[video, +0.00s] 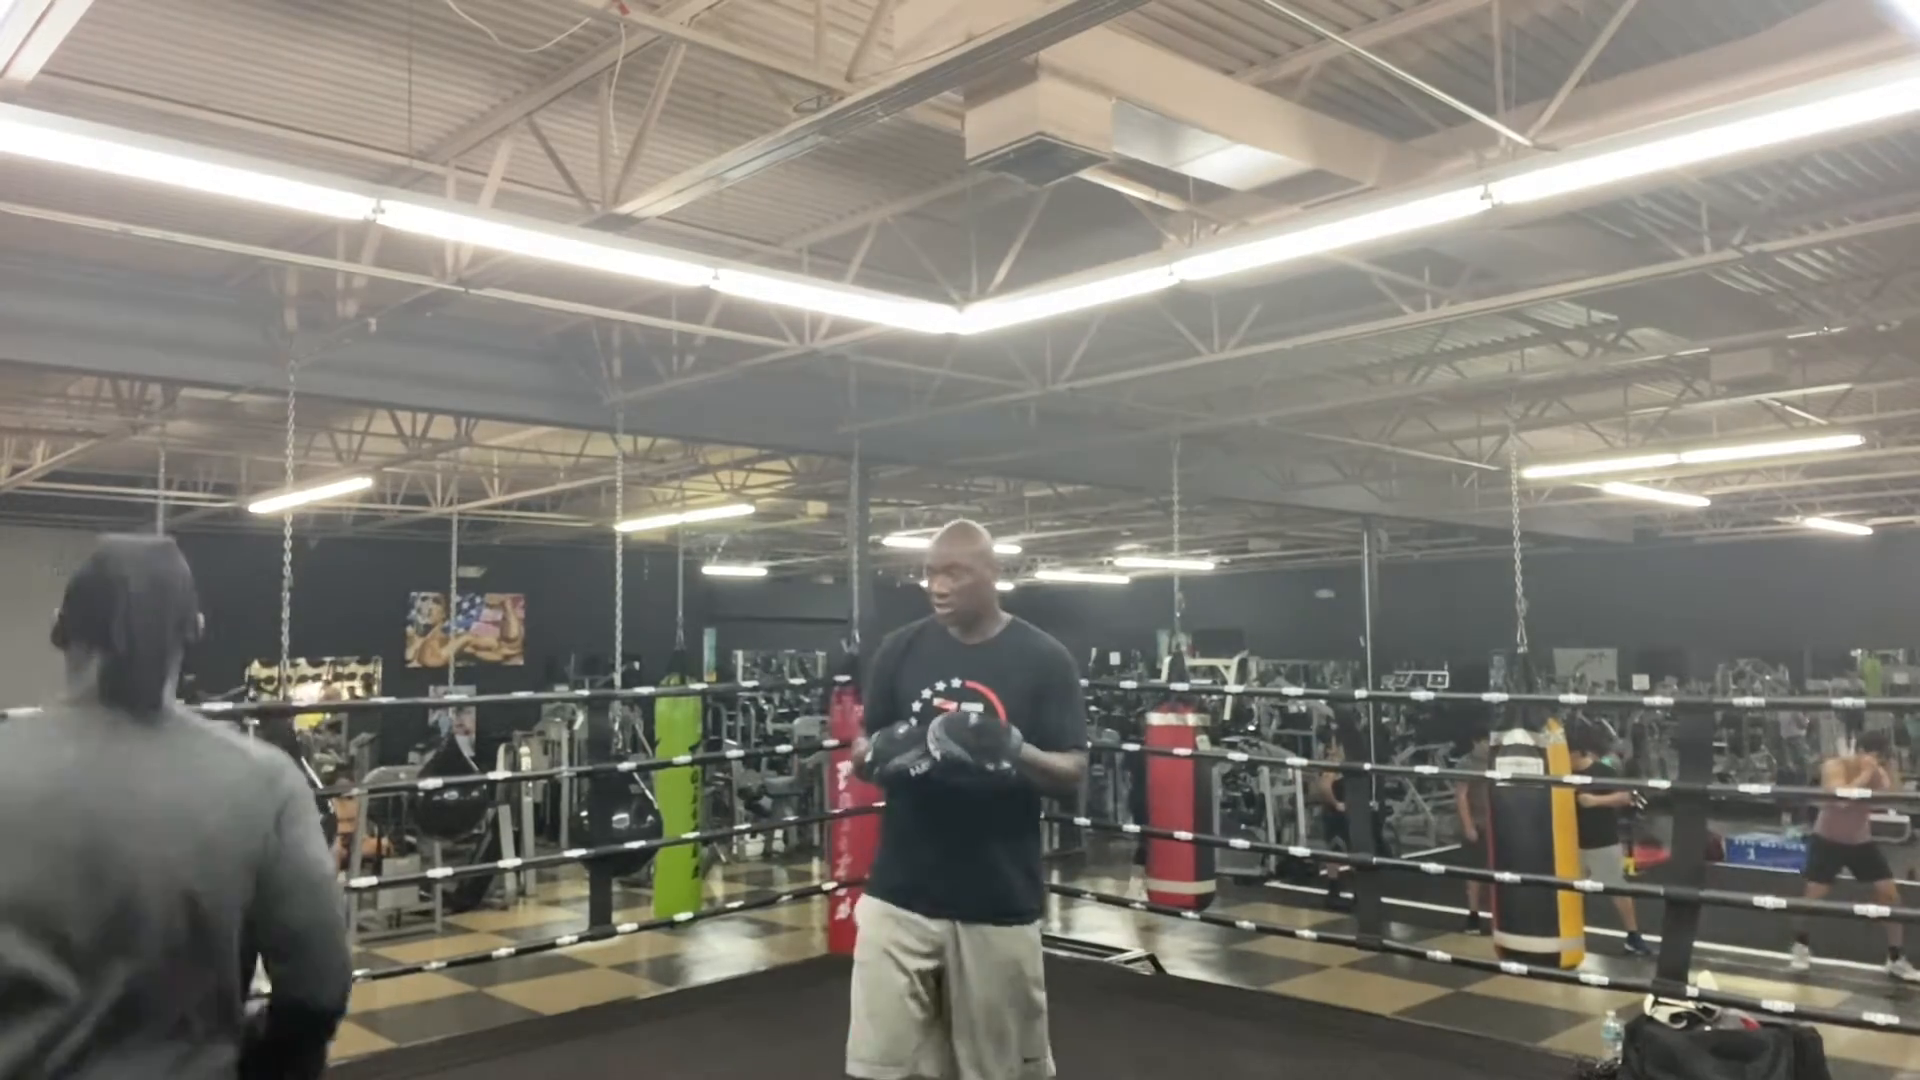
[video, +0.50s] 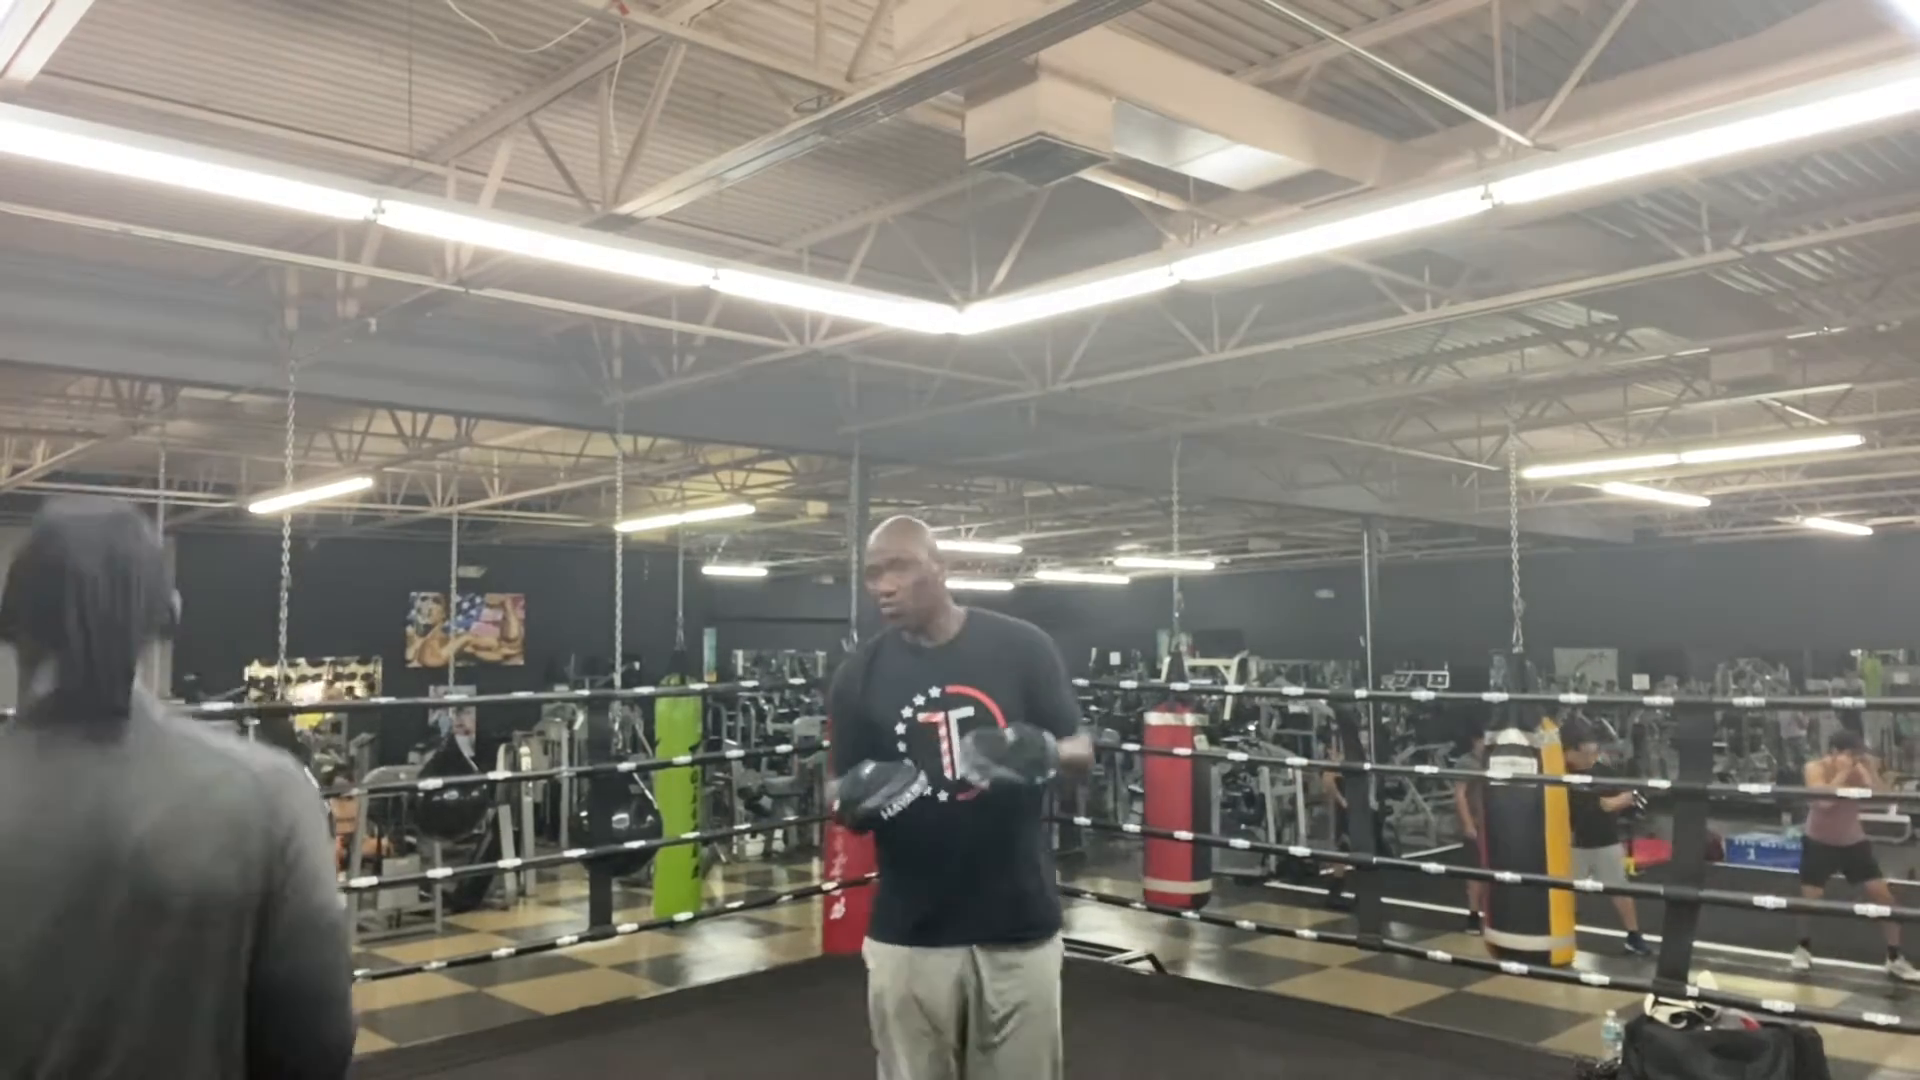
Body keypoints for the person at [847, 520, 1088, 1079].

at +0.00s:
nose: (938, 586)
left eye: (954, 572)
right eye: (932, 573)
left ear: (993, 574)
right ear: (924, 577)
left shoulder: (1045, 660)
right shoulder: (897, 650)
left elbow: (1073, 773)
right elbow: (863, 746)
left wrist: (1012, 751)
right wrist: (879, 754)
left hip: (999, 912)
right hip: (898, 903)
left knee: (1007, 1070)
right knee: (879, 1067)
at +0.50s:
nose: (881, 586)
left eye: (896, 568)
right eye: (873, 572)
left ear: (938, 569)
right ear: (866, 579)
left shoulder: (1025, 648)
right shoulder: (859, 675)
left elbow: (1082, 752)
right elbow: (839, 790)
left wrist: (1046, 753)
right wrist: (854, 799)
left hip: (1018, 928)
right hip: (908, 935)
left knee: (1023, 1072)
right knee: (912, 1073)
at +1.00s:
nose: (928, 559)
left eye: (942, 543)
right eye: (911, 547)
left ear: (965, 554)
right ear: (890, 564)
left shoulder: (1031, 648)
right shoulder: (852, 669)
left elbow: (1074, 793)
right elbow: (820, 794)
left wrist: (1068, 755)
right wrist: (835, 789)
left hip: (1034, 942)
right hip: (913, 950)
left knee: (1058, 1072)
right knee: (914, 1073)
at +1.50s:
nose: (1033, 556)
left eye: (1049, 541)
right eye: (1017, 544)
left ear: (1074, 553)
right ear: (997, 558)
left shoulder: (1122, 650)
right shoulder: (954, 647)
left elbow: (1177, 784)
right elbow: (908, 764)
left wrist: (1178, 692)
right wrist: (856, 750)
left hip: (1079, 939)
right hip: (961, 934)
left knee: (1081, 1072)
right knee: (942, 1072)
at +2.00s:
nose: (1085, 568)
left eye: (1102, 552)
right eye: (1070, 553)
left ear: (1132, 560)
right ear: (1054, 564)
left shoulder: (1176, 671)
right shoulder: (1027, 642)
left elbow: (1205, 809)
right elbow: (996, 746)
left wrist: (1105, 788)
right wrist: (982, 777)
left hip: (1115, 967)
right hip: (1011, 946)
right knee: (987, 1072)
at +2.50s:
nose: (1064, 569)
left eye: (1081, 555)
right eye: (1050, 555)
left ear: (1108, 568)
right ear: (1033, 568)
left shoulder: (1153, 669)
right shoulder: (1004, 654)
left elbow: (1193, 797)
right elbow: (973, 761)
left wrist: (1121, 774)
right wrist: (970, 765)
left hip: (1106, 943)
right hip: (1013, 929)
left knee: (1105, 1072)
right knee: (1029, 1071)